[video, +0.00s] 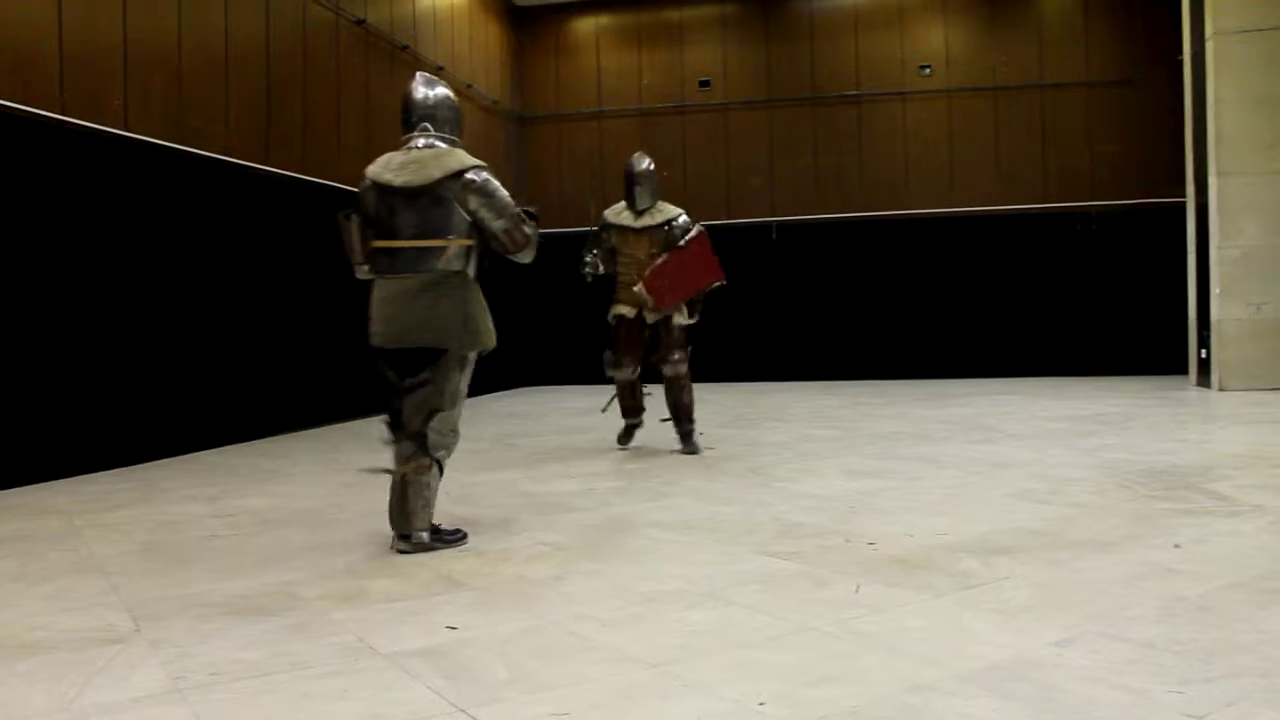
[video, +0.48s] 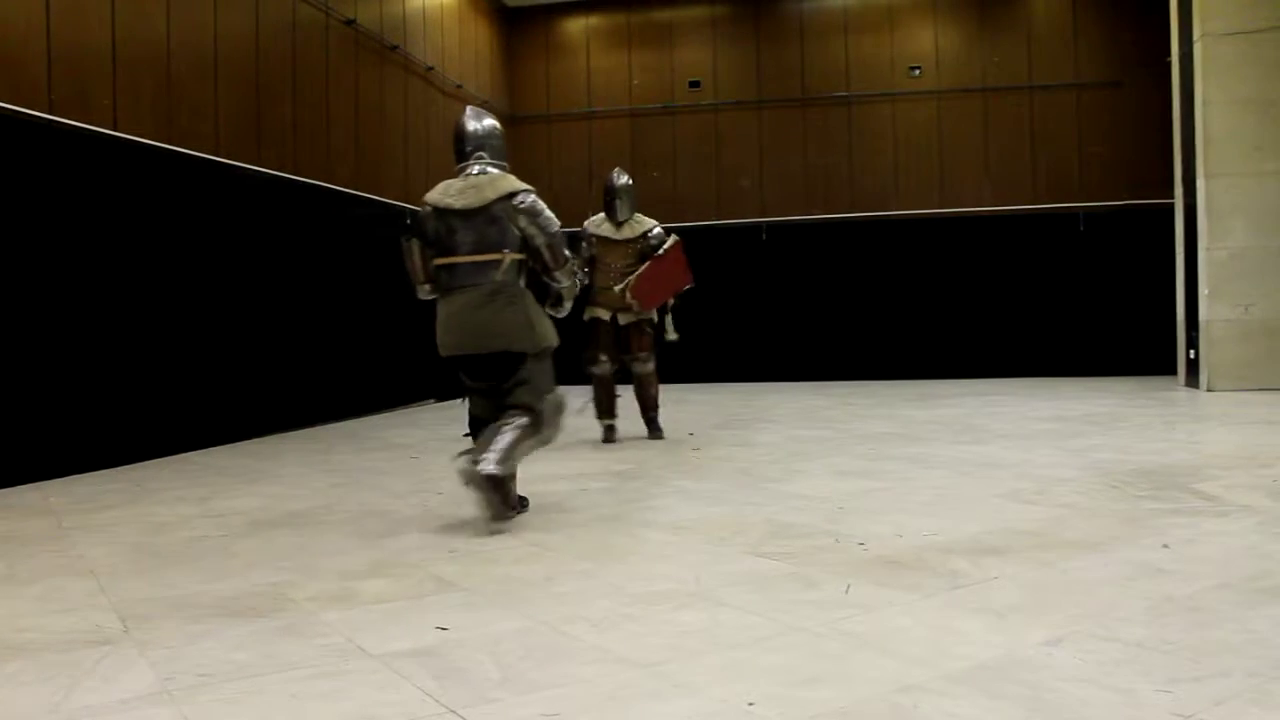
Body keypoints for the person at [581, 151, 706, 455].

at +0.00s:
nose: (640, 189)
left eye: (646, 182)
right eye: (635, 183)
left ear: (655, 182)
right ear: (626, 184)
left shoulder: (674, 219)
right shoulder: (612, 220)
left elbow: (693, 264)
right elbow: (598, 255)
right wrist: (594, 265)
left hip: (667, 307)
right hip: (627, 307)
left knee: (675, 368)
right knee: (623, 367)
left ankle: (686, 432)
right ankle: (631, 420)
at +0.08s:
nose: (638, 203)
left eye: (643, 196)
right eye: (633, 197)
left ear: (652, 196)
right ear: (625, 198)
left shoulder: (672, 230)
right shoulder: (612, 232)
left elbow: (695, 269)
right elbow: (597, 267)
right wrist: (591, 273)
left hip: (666, 314)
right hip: (626, 314)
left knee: (679, 370)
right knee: (615, 371)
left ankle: (694, 435)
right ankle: (623, 417)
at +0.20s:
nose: (629, 215)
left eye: (634, 208)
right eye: (624, 209)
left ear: (643, 209)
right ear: (617, 211)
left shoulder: (664, 242)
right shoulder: (604, 244)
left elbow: (687, 280)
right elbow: (598, 279)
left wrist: (681, 307)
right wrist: (589, 286)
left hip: (657, 325)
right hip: (620, 327)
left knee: (671, 377)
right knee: (612, 378)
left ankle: (689, 435)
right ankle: (623, 425)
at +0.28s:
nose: (622, 212)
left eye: (627, 206)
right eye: (618, 206)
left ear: (637, 206)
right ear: (611, 208)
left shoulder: (658, 239)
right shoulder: (597, 241)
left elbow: (679, 280)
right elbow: (589, 276)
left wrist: (666, 306)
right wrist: (587, 285)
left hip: (652, 320)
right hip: (613, 322)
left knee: (666, 372)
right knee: (609, 377)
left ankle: (682, 432)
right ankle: (623, 426)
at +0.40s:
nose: (620, 204)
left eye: (625, 197)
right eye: (615, 198)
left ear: (633, 198)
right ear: (606, 199)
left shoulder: (652, 231)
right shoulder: (592, 231)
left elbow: (669, 270)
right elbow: (581, 264)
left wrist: (662, 292)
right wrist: (581, 276)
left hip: (644, 312)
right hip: (607, 313)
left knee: (653, 368)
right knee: (611, 371)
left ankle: (661, 424)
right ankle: (620, 426)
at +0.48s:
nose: (618, 203)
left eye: (623, 196)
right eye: (613, 197)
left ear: (632, 197)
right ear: (606, 198)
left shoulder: (649, 230)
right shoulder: (592, 229)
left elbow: (665, 271)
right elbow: (582, 266)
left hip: (638, 311)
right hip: (601, 311)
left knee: (643, 365)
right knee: (601, 368)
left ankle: (652, 420)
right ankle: (607, 424)